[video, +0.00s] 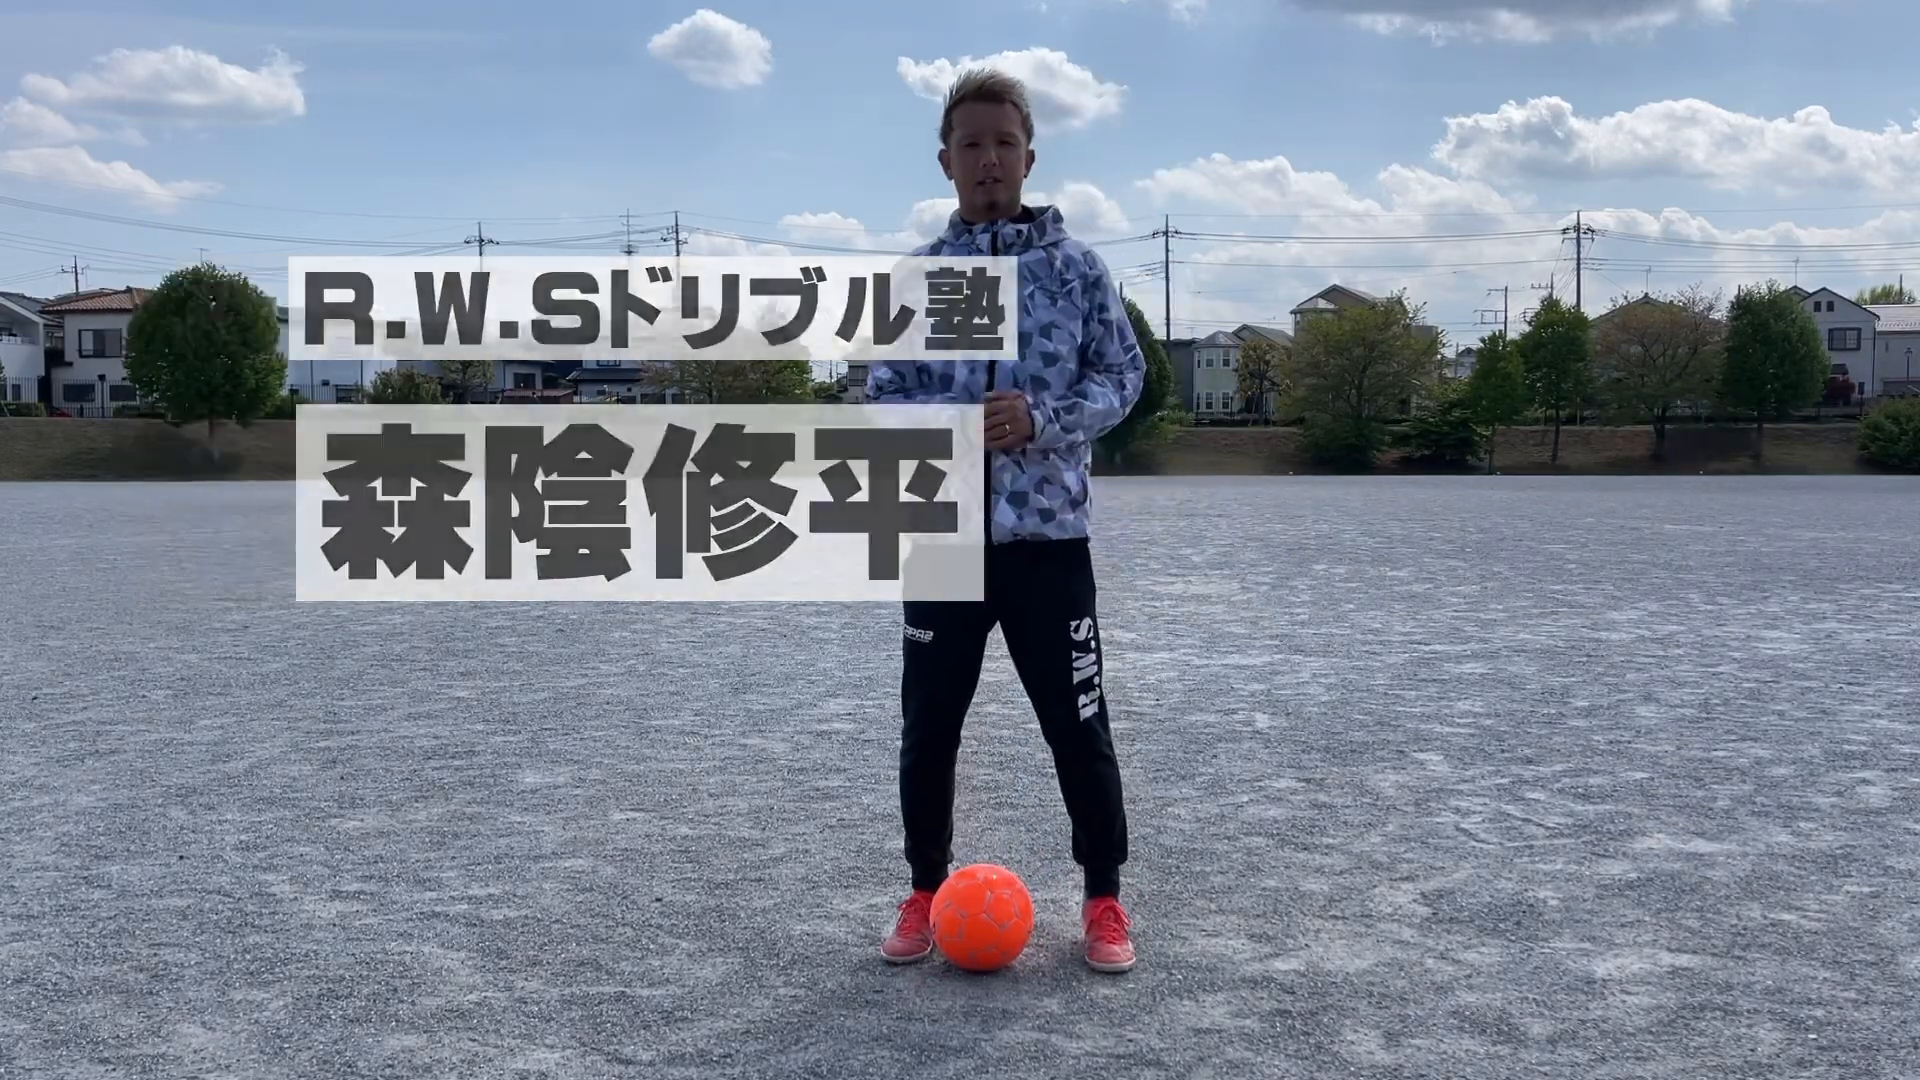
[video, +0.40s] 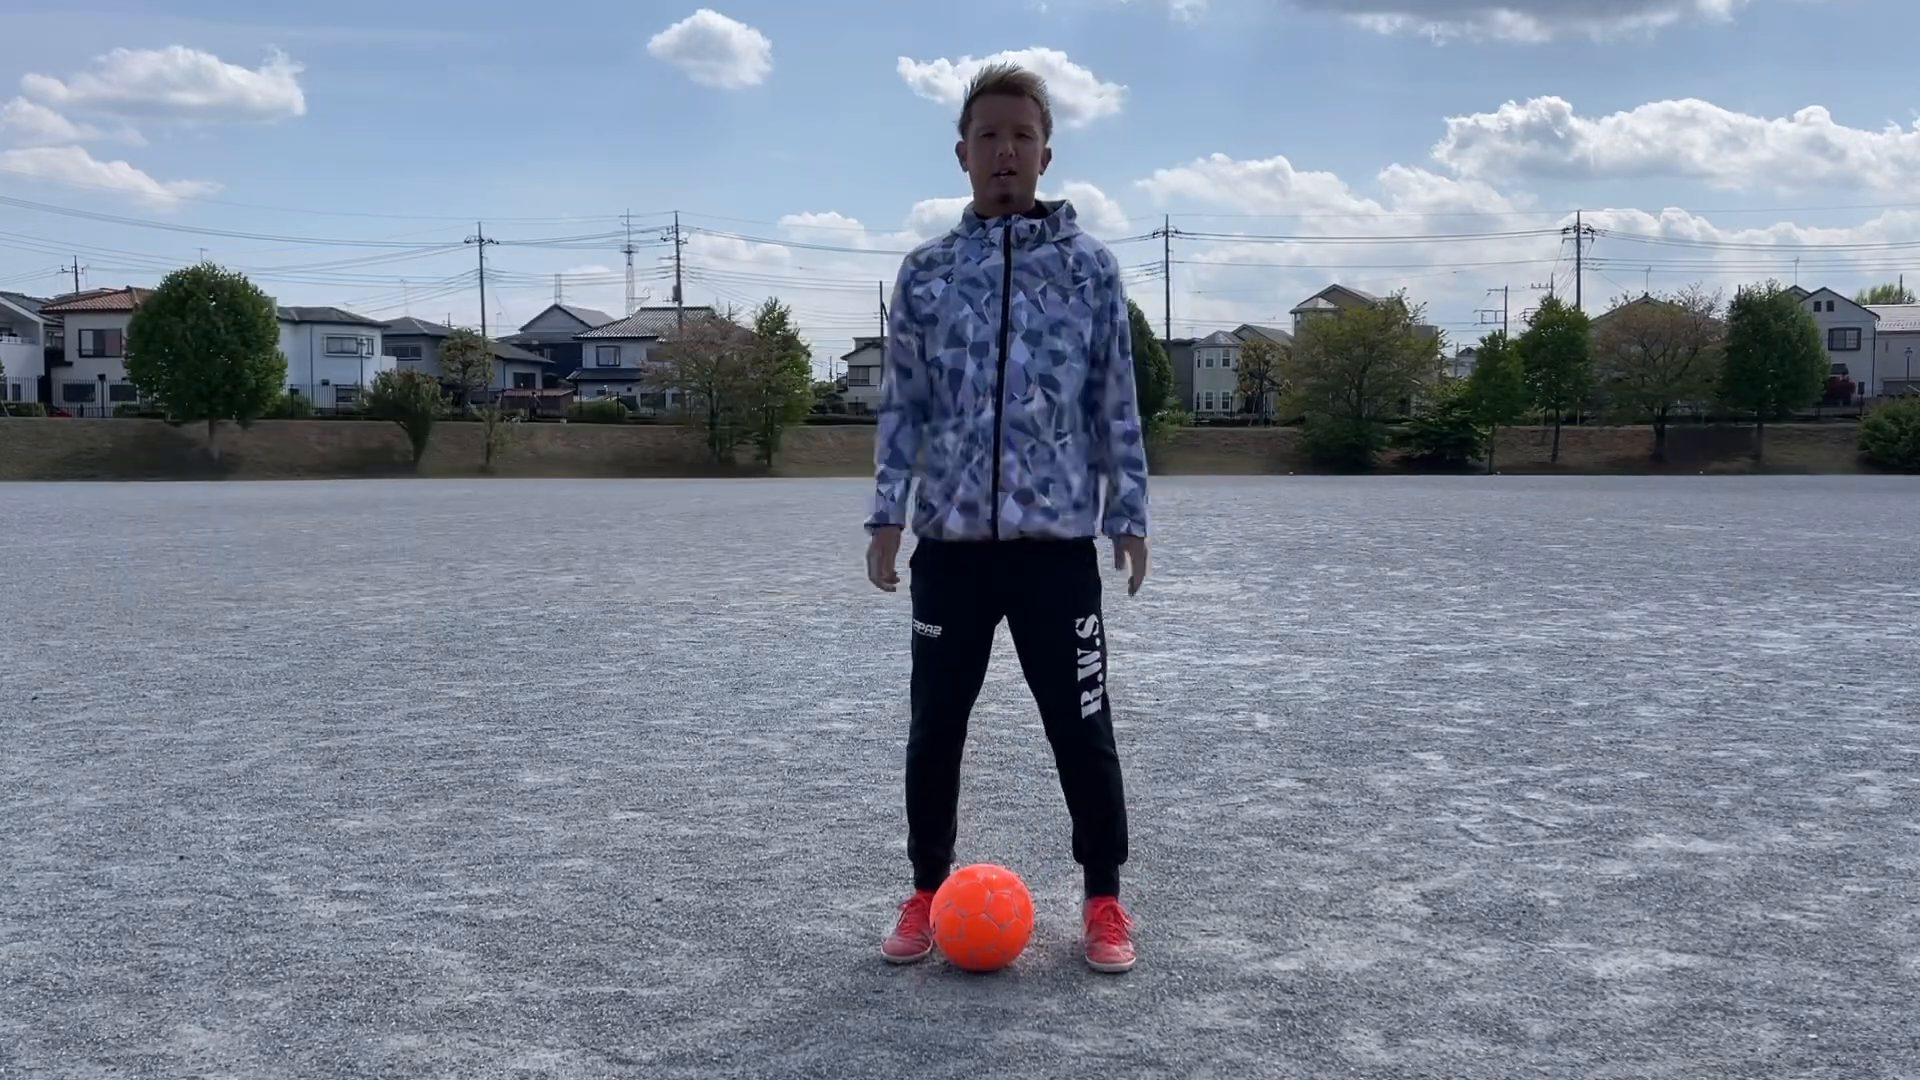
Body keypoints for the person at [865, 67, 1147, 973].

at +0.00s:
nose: (989, 159)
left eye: (1005, 142)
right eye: (971, 144)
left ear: (1030, 153)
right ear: (946, 158)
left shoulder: (1075, 266)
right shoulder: (914, 275)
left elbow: (1122, 382)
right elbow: (872, 384)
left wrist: (1042, 419)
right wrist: (941, 418)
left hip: (1045, 536)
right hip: (941, 536)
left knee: (1078, 723)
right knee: (927, 725)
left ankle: (1103, 902)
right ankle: (925, 894)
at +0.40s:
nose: (1004, 151)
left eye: (1022, 136)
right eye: (988, 135)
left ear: (1046, 151)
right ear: (963, 150)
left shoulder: (1088, 265)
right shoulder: (927, 269)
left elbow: (1118, 400)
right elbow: (900, 404)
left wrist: (1129, 510)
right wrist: (886, 513)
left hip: (1056, 535)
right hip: (951, 535)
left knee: (1082, 725)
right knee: (933, 727)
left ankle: (1103, 901)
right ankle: (927, 894)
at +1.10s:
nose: (1036, 161)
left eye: (1052, 146)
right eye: (1019, 146)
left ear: (1073, 164)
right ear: (991, 163)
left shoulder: (1107, 279)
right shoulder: (952, 279)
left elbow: (1124, 389)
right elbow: (931, 401)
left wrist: (1064, 454)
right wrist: (998, 444)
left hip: (1069, 542)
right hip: (968, 540)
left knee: (1086, 730)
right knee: (947, 728)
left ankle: (1101, 905)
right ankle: (931, 897)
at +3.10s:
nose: (1016, 165)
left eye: (1035, 151)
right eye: (1004, 151)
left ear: (1071, 167)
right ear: (990, 166)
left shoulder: (1113, 281)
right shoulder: (955, 285)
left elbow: (1150, 394)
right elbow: (917, 400)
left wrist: (1060, 391)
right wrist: (981, 388)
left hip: (1070, 538)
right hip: (970, 538)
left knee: (1084, 728)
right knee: (950, 727)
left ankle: (1097, 898)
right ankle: (933, 894)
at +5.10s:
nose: (914, 179)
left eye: (925, 160)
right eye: (893, 167)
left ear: (949, 166)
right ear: (870, 183)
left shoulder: (1011, 268)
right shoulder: (856, 299)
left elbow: (1068, 373)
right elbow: (837, 419)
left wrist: (995, 406)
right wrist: (910, 421)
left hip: (1019, 532)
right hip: (917, 544)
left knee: (1069, 707)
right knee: (920, 729)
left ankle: (1117, 882)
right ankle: (928, 895)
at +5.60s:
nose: (1044, 163)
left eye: (1060, 151)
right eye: (1028, 148)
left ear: (1078, 171)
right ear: (998, 165)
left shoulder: (1112, 284)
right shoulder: (951, 283)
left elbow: (1143, 406)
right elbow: (905, 401)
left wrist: (1120, 360)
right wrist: (929, 366)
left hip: (1072, 538)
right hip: (972, 537)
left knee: (1083, 731)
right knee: (948, 731)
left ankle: (1091, 901)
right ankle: (933, 897)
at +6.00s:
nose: (1114, 164)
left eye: (1132, 153)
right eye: (1099, 148)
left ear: (1151, 176)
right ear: (1070, 163)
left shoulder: (1172, 295)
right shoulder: (1013, 273)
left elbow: (1193, 416)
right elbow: (961, 388)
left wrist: (1113, 409)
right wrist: (1029, 399)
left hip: (1103, 544)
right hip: (1002, 532)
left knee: (1098, 733)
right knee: (948, 696)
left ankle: (1092, 903)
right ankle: (951, 801)